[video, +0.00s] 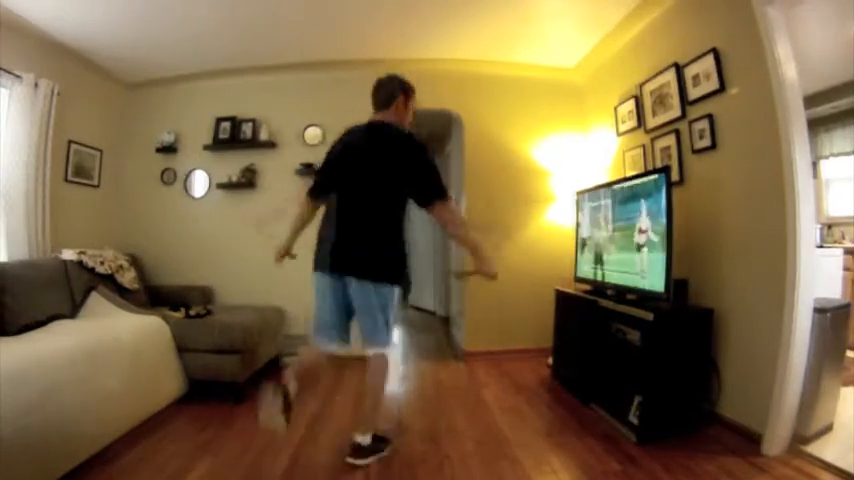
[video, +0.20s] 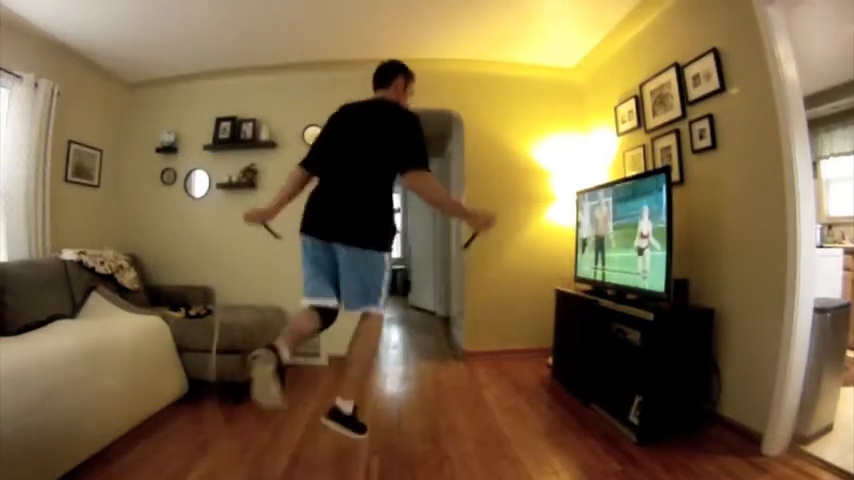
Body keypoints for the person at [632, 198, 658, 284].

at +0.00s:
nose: (643, 216)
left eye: (644, 215)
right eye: (642, 215)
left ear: (646, 217)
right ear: (640, 216)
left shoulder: (647, 224)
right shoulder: (638, 224)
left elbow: (650, 234)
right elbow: (635, 234)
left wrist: (656, 239)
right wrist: (635, 240)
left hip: (644, 244)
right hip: (638, 244)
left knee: (645, 258)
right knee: (638, 258)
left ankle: (644, 271)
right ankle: (639, 270)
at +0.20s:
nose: (645, 213)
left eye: (646, 212)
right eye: (644, 212)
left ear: (648, 213)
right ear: (642, 213)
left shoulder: (649, 223)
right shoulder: (640, 223)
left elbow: (651, 237)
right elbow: (637, 235)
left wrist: (658, 246)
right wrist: (635, 245)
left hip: (646, 245)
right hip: (639, 245)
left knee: (647, 261)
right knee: (640, 261)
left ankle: (646, 273)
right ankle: (640, 272)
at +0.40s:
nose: (644, 201)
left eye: (645, 199)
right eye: (643, 199)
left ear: (647, 200)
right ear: (641, 200)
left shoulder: (649, 211)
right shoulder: (640, 212)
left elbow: (653, 224)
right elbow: (636, 225)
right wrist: (635, 224)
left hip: (647, 237)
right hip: (640, 237)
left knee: (647, 255)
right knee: (640, 255)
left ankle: (647, 271)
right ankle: (639, 270)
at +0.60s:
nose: (644, 206)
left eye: (645, 204)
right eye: (643, 204)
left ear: (648, 205)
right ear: (642, 205)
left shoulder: (650, 216)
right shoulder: (641, 216)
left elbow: (652, 227)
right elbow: (638, 227)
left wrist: (654, 234)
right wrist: (636, 237)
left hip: (647, 231)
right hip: (641, 232)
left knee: (647, 253)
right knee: (640, 252)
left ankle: (647, 271)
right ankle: (640, 270)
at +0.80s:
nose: (645, 206)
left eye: (647, 204)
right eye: (644, 204)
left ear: (649, 205)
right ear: (642, 206)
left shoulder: (650, 216)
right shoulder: (642, 216)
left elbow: (652, 229)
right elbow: (639, 227)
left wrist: (659, 236)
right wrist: (636, 237)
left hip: (648, 235)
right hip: (641, 235)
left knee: (648, 256)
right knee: (640, 256)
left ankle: (647, 273)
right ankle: (640, 272)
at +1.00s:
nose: (645, 194)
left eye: (646, 192)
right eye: (643, 192)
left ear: (648, 194)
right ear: (641, 194)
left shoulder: (650, 205)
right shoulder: (640, 205)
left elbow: (652, 217)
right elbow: (635, 219)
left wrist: (661, 215)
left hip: (647, 230)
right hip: (640, 230)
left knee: (647, 251)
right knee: (640, 252)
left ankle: (646, 271)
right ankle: (639, 271)